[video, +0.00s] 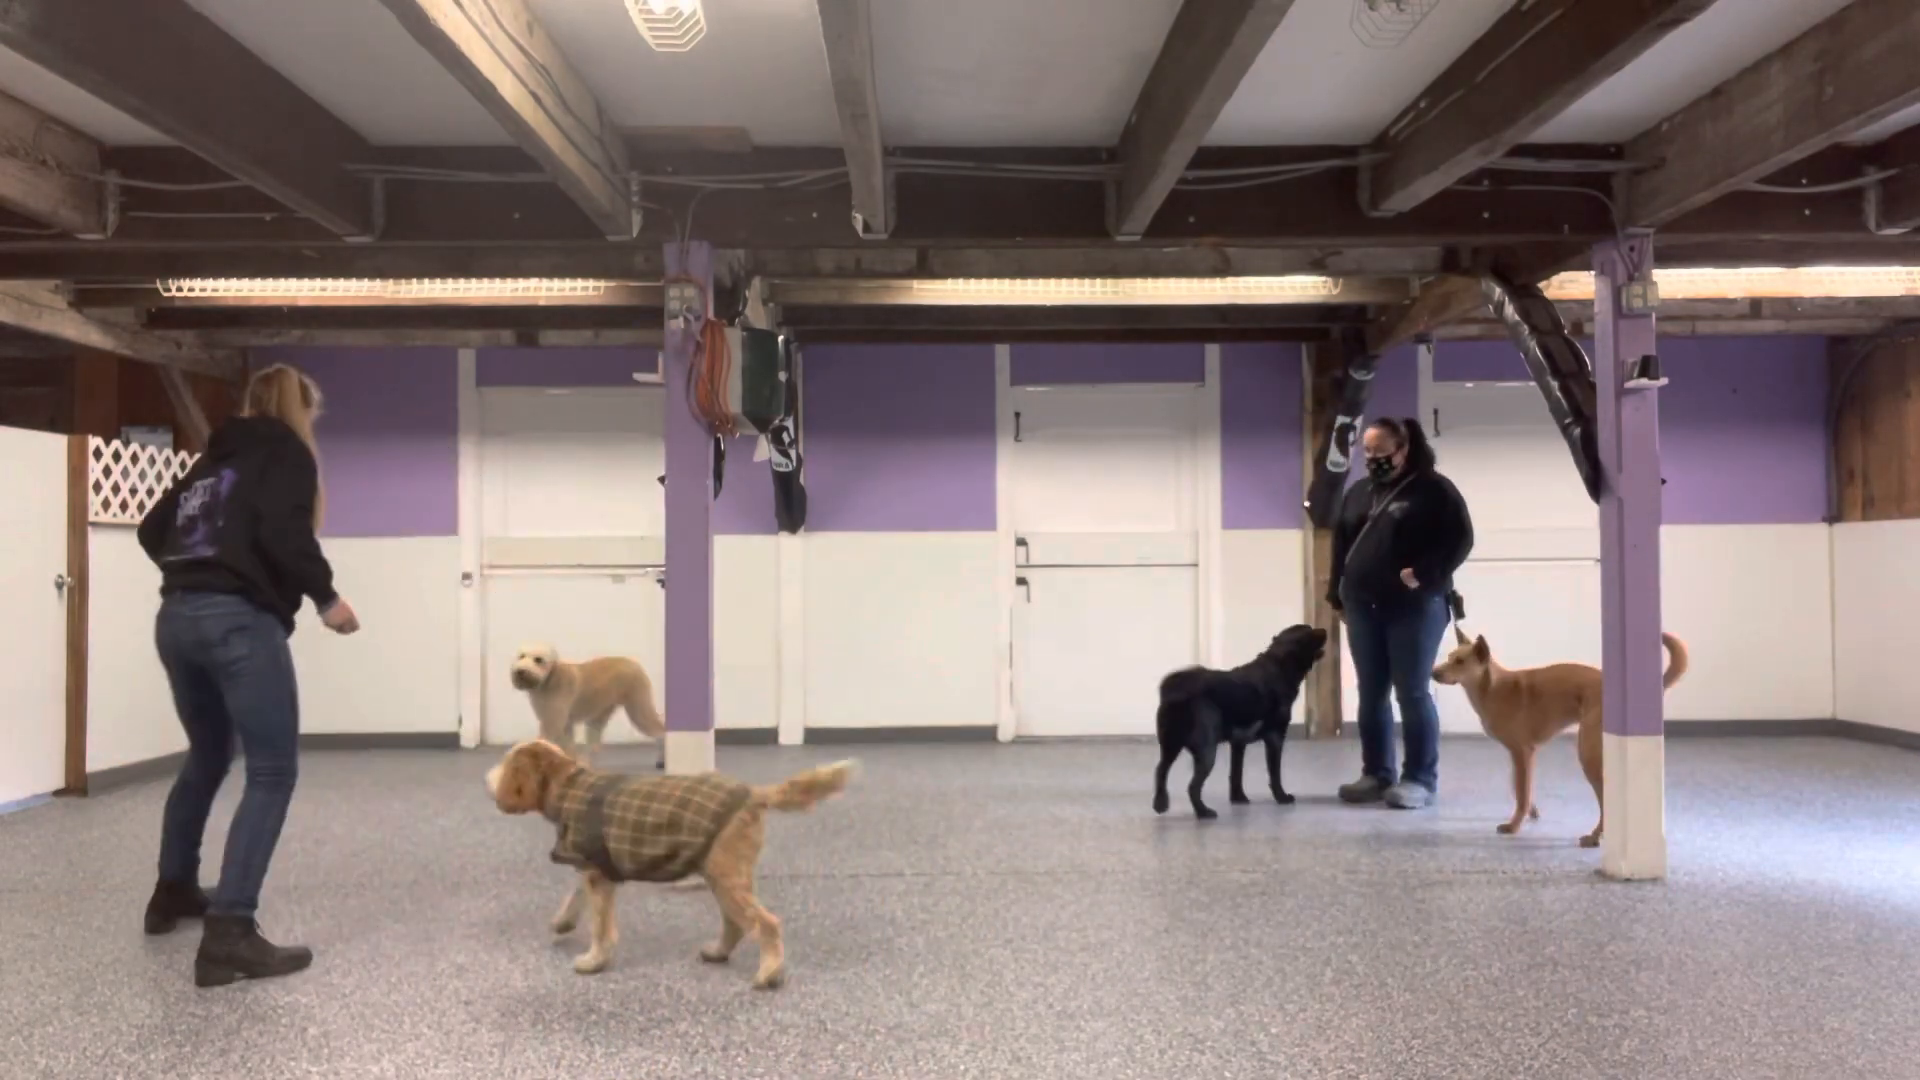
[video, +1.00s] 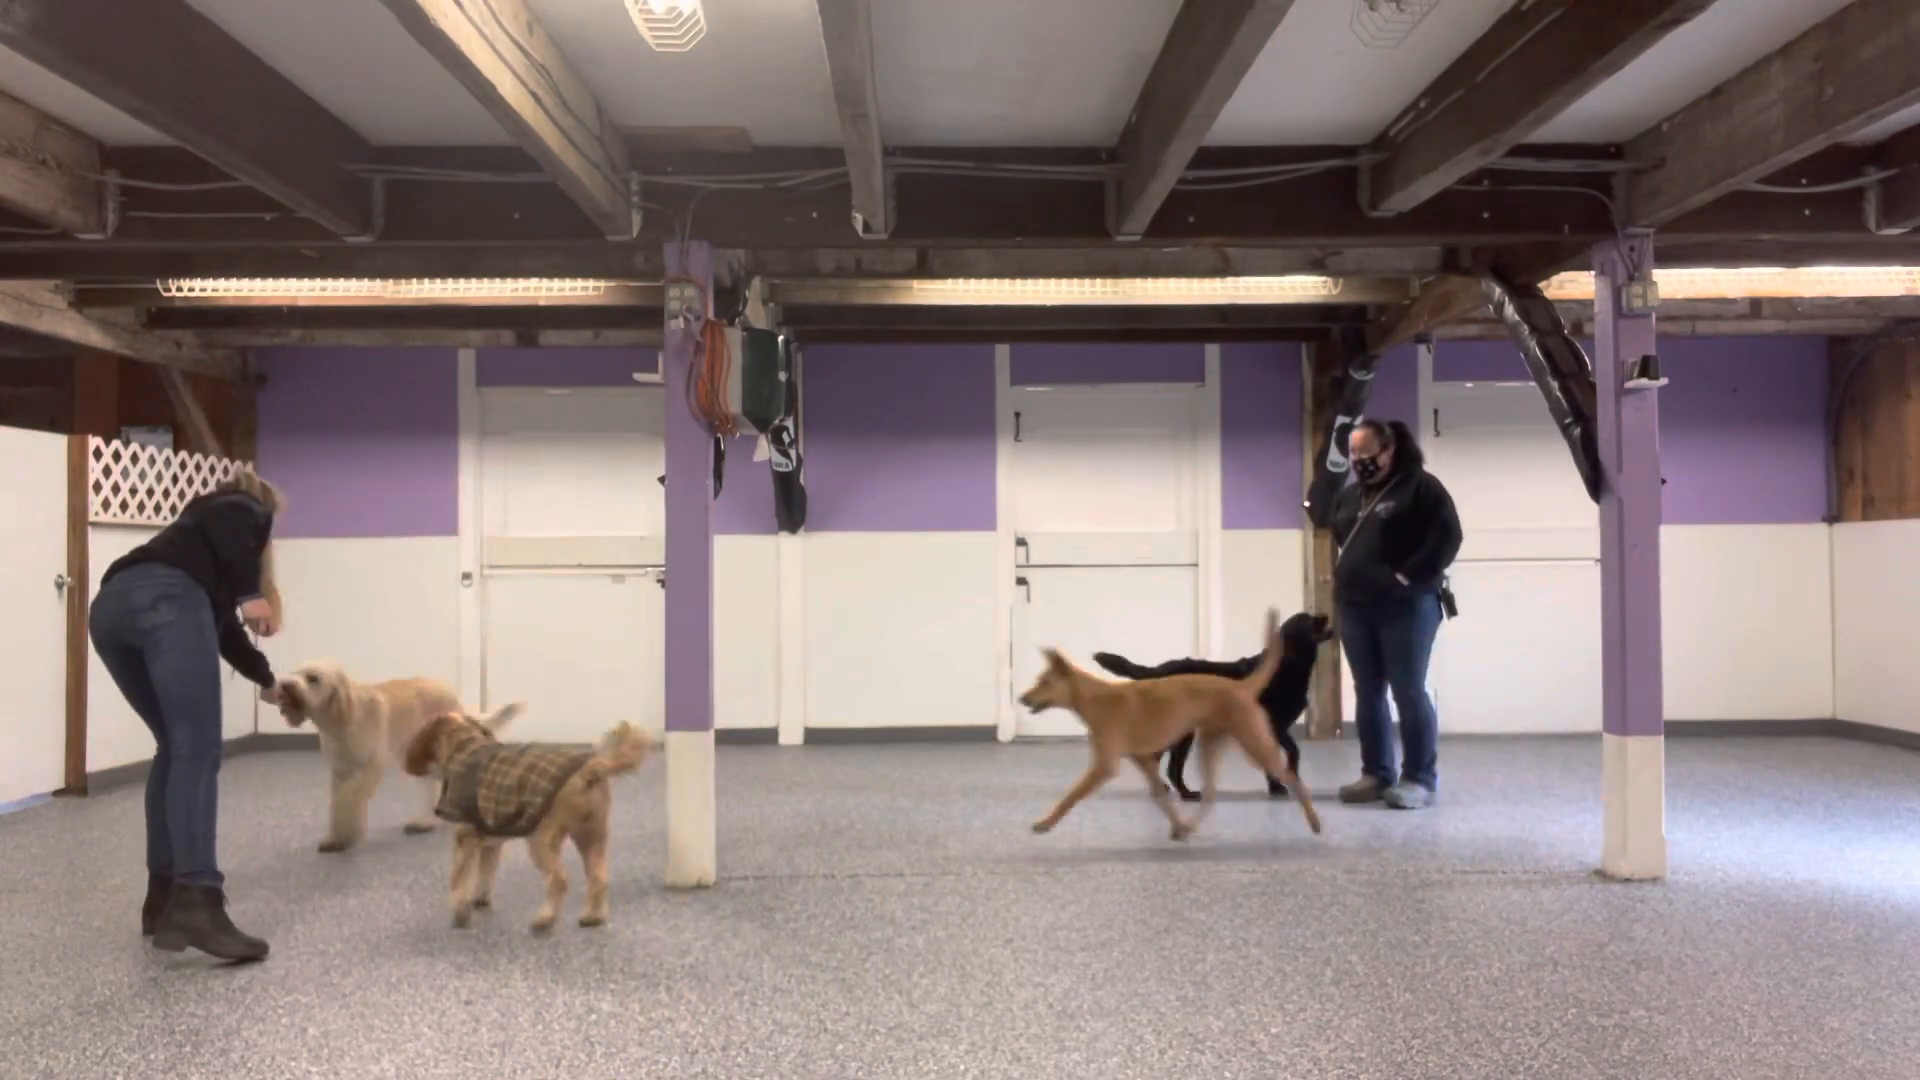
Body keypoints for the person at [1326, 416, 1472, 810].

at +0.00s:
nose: (1374, 462)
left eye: (1381, 454)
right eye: (1369, 455)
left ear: (1404, 448)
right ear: (1363, 454)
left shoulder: (1435, 489)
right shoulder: (1359, 492)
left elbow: (1461, 540)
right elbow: (1343, 543)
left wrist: (1424, 573)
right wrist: (1338, 589)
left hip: (1415, 603)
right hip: (1363, 604)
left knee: (1413, 692)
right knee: (1372, 694)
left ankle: (1420, 782)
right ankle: (1378, 774)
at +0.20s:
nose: (1372, 461)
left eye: (1379, 453)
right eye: (1367, 454)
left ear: (1402, 449)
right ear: (1360, 454)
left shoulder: (1430, 490)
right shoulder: (1355, 492)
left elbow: (1450, 545)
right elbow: (1342, 542)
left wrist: (1415, 584)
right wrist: (1340, 586)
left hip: (1411, 602)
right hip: (1361, 603)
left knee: (1411, 690)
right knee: (1370, 693)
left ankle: (1419, 782)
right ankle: (1378, 774)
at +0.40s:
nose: (1370, 461)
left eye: (1377, 453)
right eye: (1364, 454)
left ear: (1399, 449)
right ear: (1359, 455)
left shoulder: (1428, 488)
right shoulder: (1356, 491)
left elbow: (1448, 543)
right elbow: (1322, 512)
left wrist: (1412, 582)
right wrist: (1333, 465)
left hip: (1412, 602)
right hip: (1357, 602)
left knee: (1410, 691)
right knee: (1368, 692)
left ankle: (1419, 781)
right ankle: (1378, 773)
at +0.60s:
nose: (1364, 465)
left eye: (1370, 457)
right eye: (1359, 458)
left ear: (1392, 449)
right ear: (1355, 457)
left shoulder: (1424, 488)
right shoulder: (1356, 491)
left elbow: (1445, 541)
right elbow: (1325, 514)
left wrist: (1409, 580)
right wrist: (1331, 466)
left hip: (1407, 602)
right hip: (1356, 603)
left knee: (1405, 691)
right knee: (1368, 693)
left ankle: (1420, 781)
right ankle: (1381, 776)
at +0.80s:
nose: (1361, 465)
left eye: (1367, 456)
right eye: (1354, 458)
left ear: (1389, 448)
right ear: (1350, 458)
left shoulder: (1421, 486)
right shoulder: (1352, 493)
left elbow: (1447, 537)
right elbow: (1319, 512)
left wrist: (1411, 580)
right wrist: (1331, 466)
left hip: (1410, 600)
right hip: (1357, 601)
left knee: (1408, 689)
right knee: (1369, 692)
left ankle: (1419, 780)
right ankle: (1378, 777)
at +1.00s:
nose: (1360, 463)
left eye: (1367, 454)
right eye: (1354, 456)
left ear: (1390, 448)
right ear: (1350, 457)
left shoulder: (1421, 486)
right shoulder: (1351, 493)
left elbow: (1449, 536)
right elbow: (1326, 519)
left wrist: (1409, 575)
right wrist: (1330, 469)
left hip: (1407, 601)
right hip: (1355, 602)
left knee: (1409, 689)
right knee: (1368, 691)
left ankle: (1419, 780)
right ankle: (1377, 774)